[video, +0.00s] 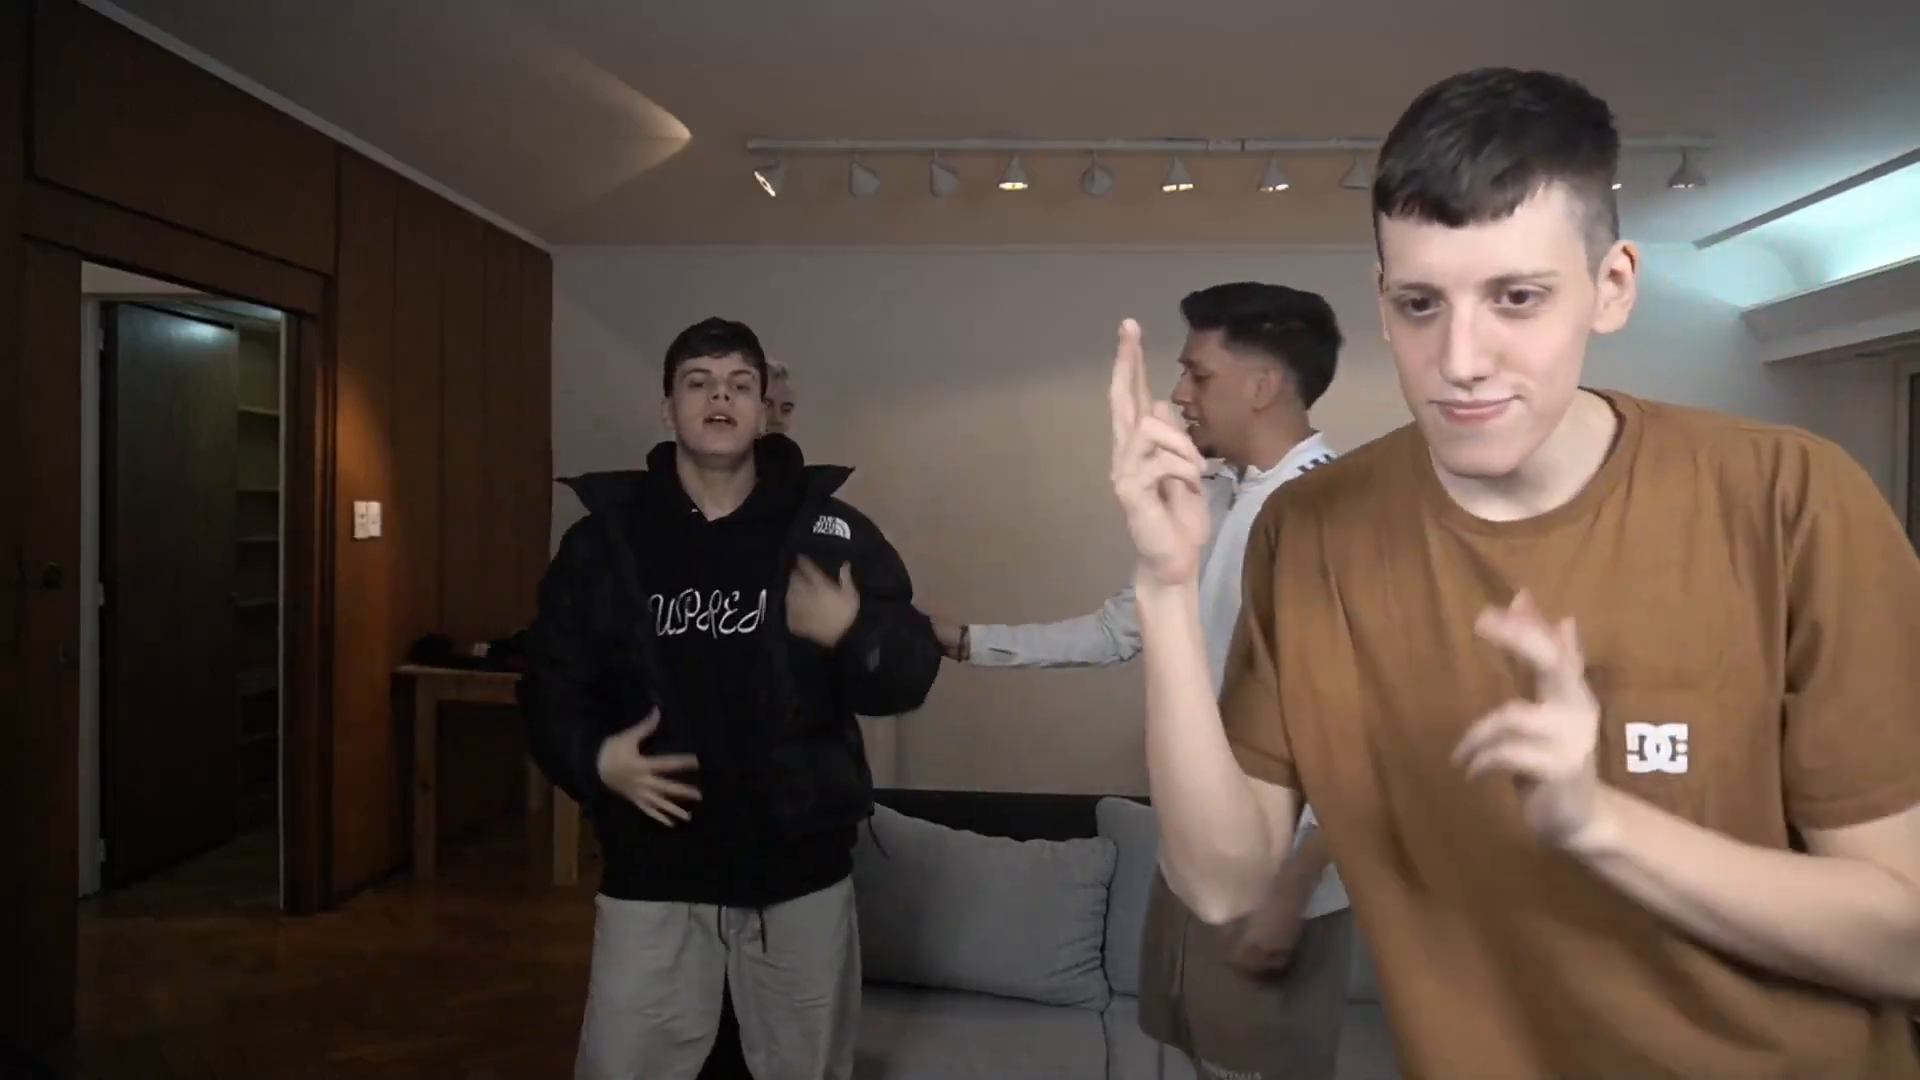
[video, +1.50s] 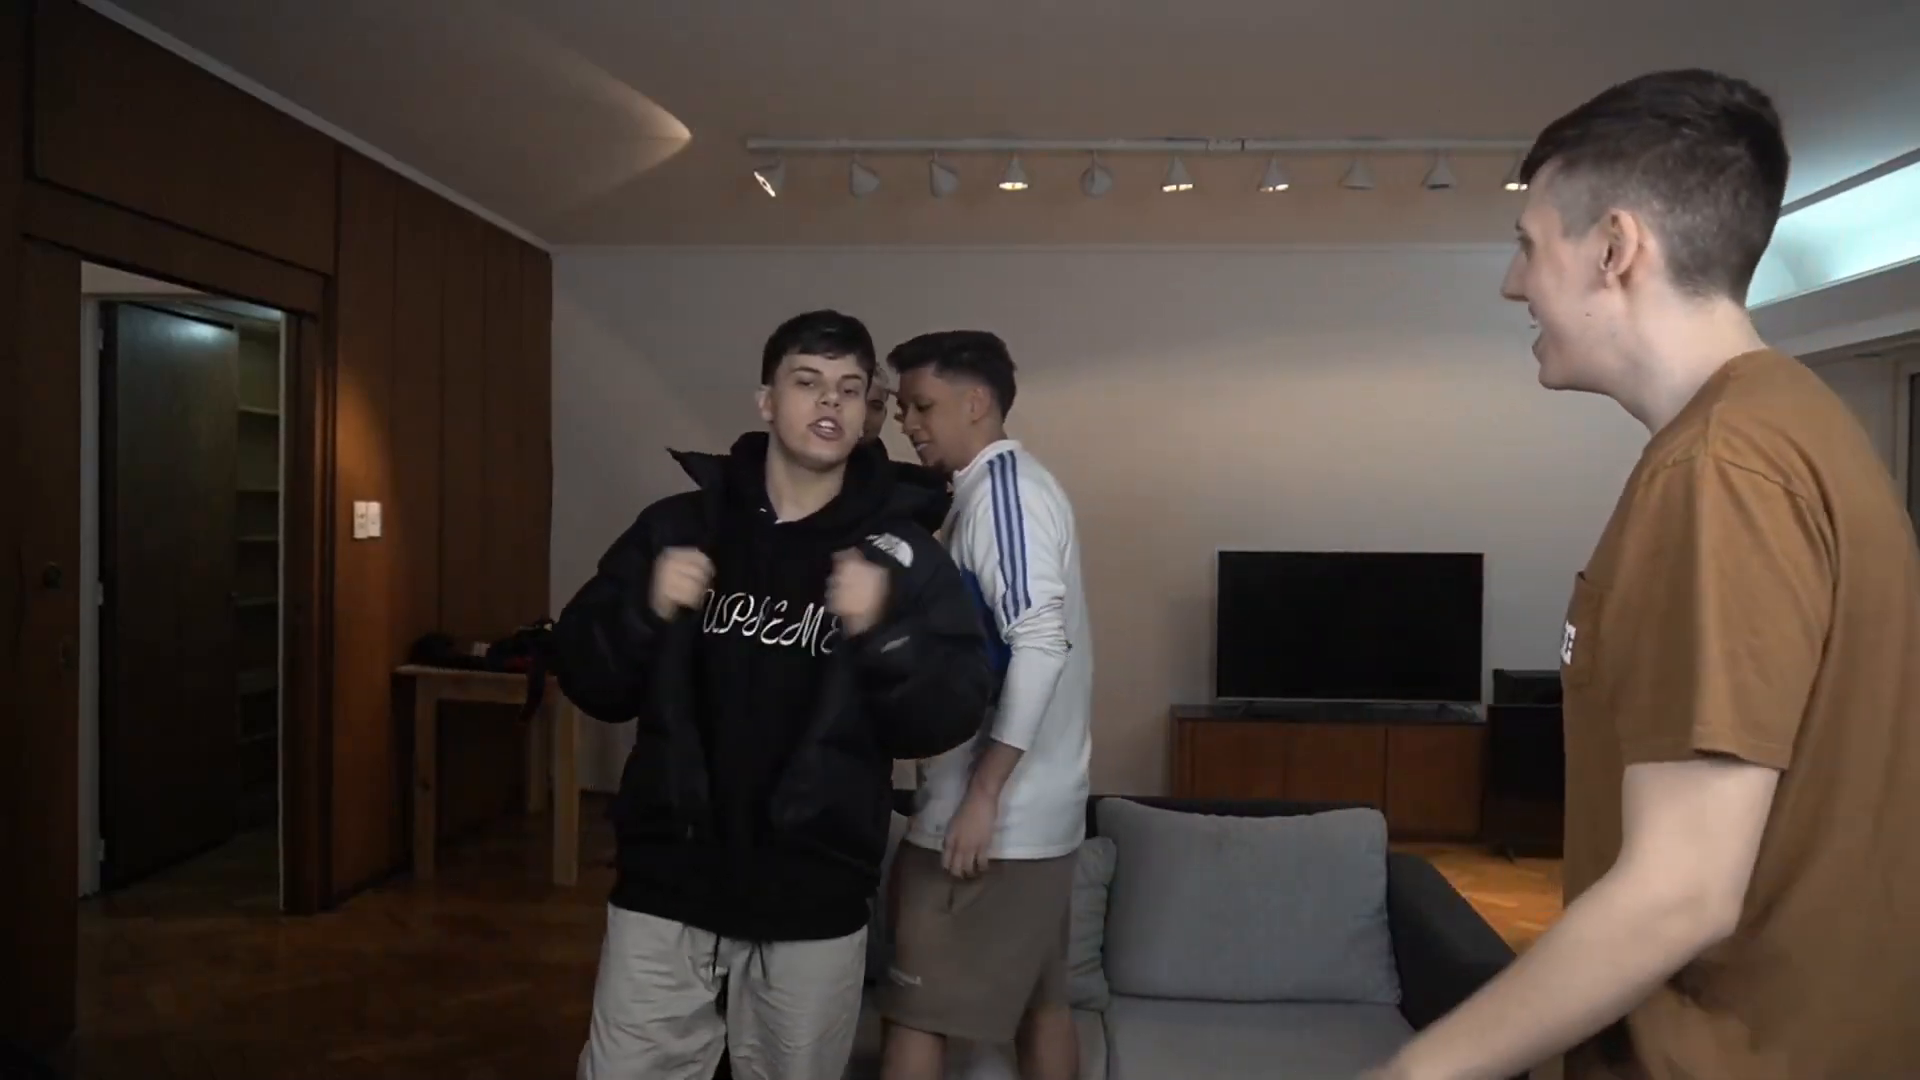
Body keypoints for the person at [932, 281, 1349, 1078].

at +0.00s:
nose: (1180, 398)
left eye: (1199, 376)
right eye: (1182, 376)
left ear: (1268, 383)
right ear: (1262, 385)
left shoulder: (1327, 509)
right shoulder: (1224, 502)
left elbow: (1366, 734)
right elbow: (1122, 627)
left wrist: (1292, 883)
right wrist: (967, 641)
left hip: (1279, 873)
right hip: (1200, 848)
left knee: (1258, 1062)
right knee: (1183, 1047)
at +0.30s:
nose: (1113, 401)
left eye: (1128, 381)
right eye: (1116, 380)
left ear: (1195, 389)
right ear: (1186, 391)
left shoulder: (1261, 516)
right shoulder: (1155, 498)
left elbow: (1312, 726)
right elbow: (1131, 666)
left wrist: (1223, 878)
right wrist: (1041, 748)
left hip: (1219, 887)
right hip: (1123, 859)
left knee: (1212, 1071)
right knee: (1094, 1054)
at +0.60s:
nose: (1052, 406)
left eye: (1071, 386)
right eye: (1056, 384)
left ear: (1135, 397)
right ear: (1127, 397)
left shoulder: (1207, 530)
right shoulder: (1084, 508)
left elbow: (1271, 715)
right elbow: (1097, 680)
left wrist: (1271, 904)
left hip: (1164, 898)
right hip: (1063, 870)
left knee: (1159, 1070)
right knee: (1057, 1055)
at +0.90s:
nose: (1001, 406)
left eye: (1020, 389)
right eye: (1002, 386)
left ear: (1081, 398)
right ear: (1066, 398)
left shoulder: (1125, 507)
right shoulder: (1043, 504)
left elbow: (1160, 687)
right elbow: (1029, 677)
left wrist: (1108, 851)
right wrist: (957, 773)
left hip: (1082, 861)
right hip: (1017, 849)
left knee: (1096, 1065)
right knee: (1036, 1049)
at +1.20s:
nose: (958, 411)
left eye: (977, 395)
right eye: (957, 394)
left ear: (1036, 399)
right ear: (1024, 402)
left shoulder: (1058, 492)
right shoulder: (1023, 495)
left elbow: (1074, 658)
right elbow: (992, 669)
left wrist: (986, 790)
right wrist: (939, 790)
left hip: (1037, 823)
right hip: (1025, 816)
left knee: (1000, 1045)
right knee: (1047, 1040)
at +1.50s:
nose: (907, 422)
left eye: (920, 407)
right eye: (905, 408)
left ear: (981, 405)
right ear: (971, 409)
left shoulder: (1005, 489)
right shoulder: (999, 485)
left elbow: (1041, 637)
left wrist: (984, 794)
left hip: (980, 813)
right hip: (1031, 811)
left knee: (916, 1016)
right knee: (1043, 1007)